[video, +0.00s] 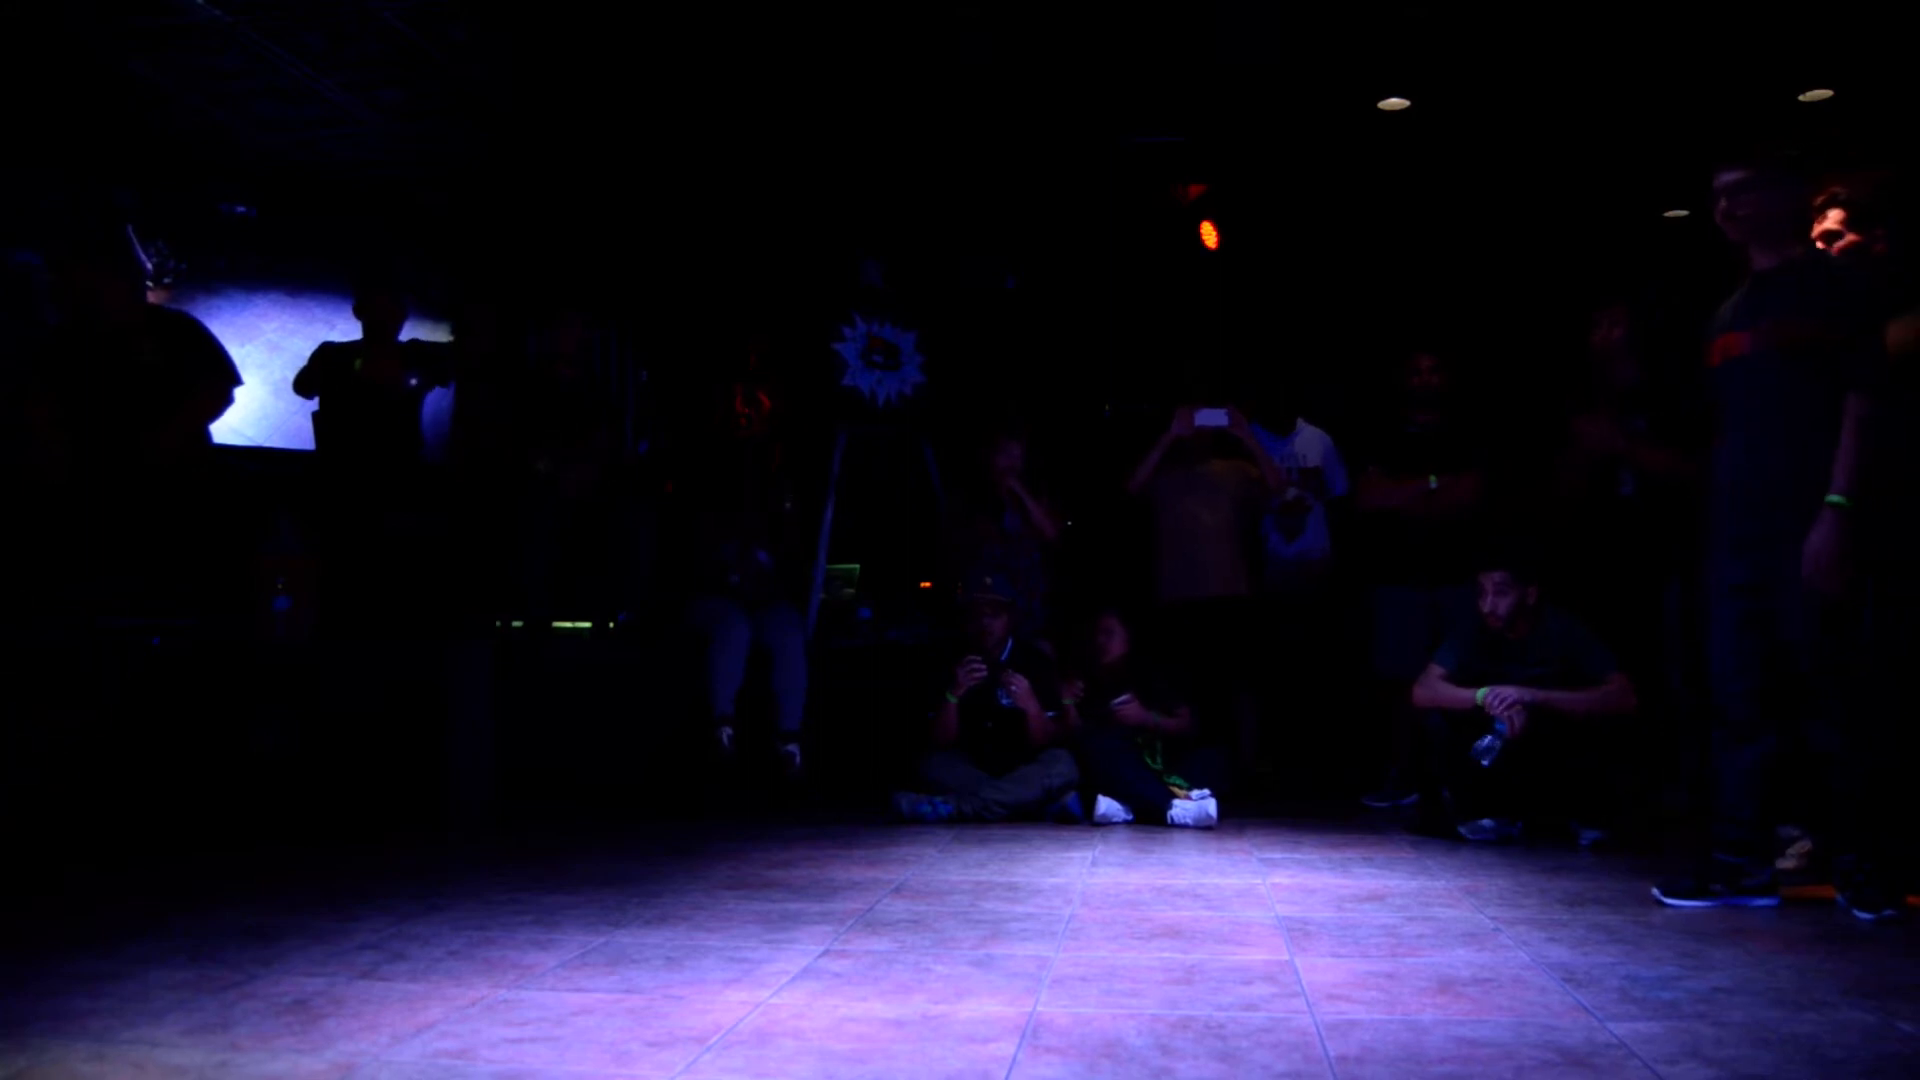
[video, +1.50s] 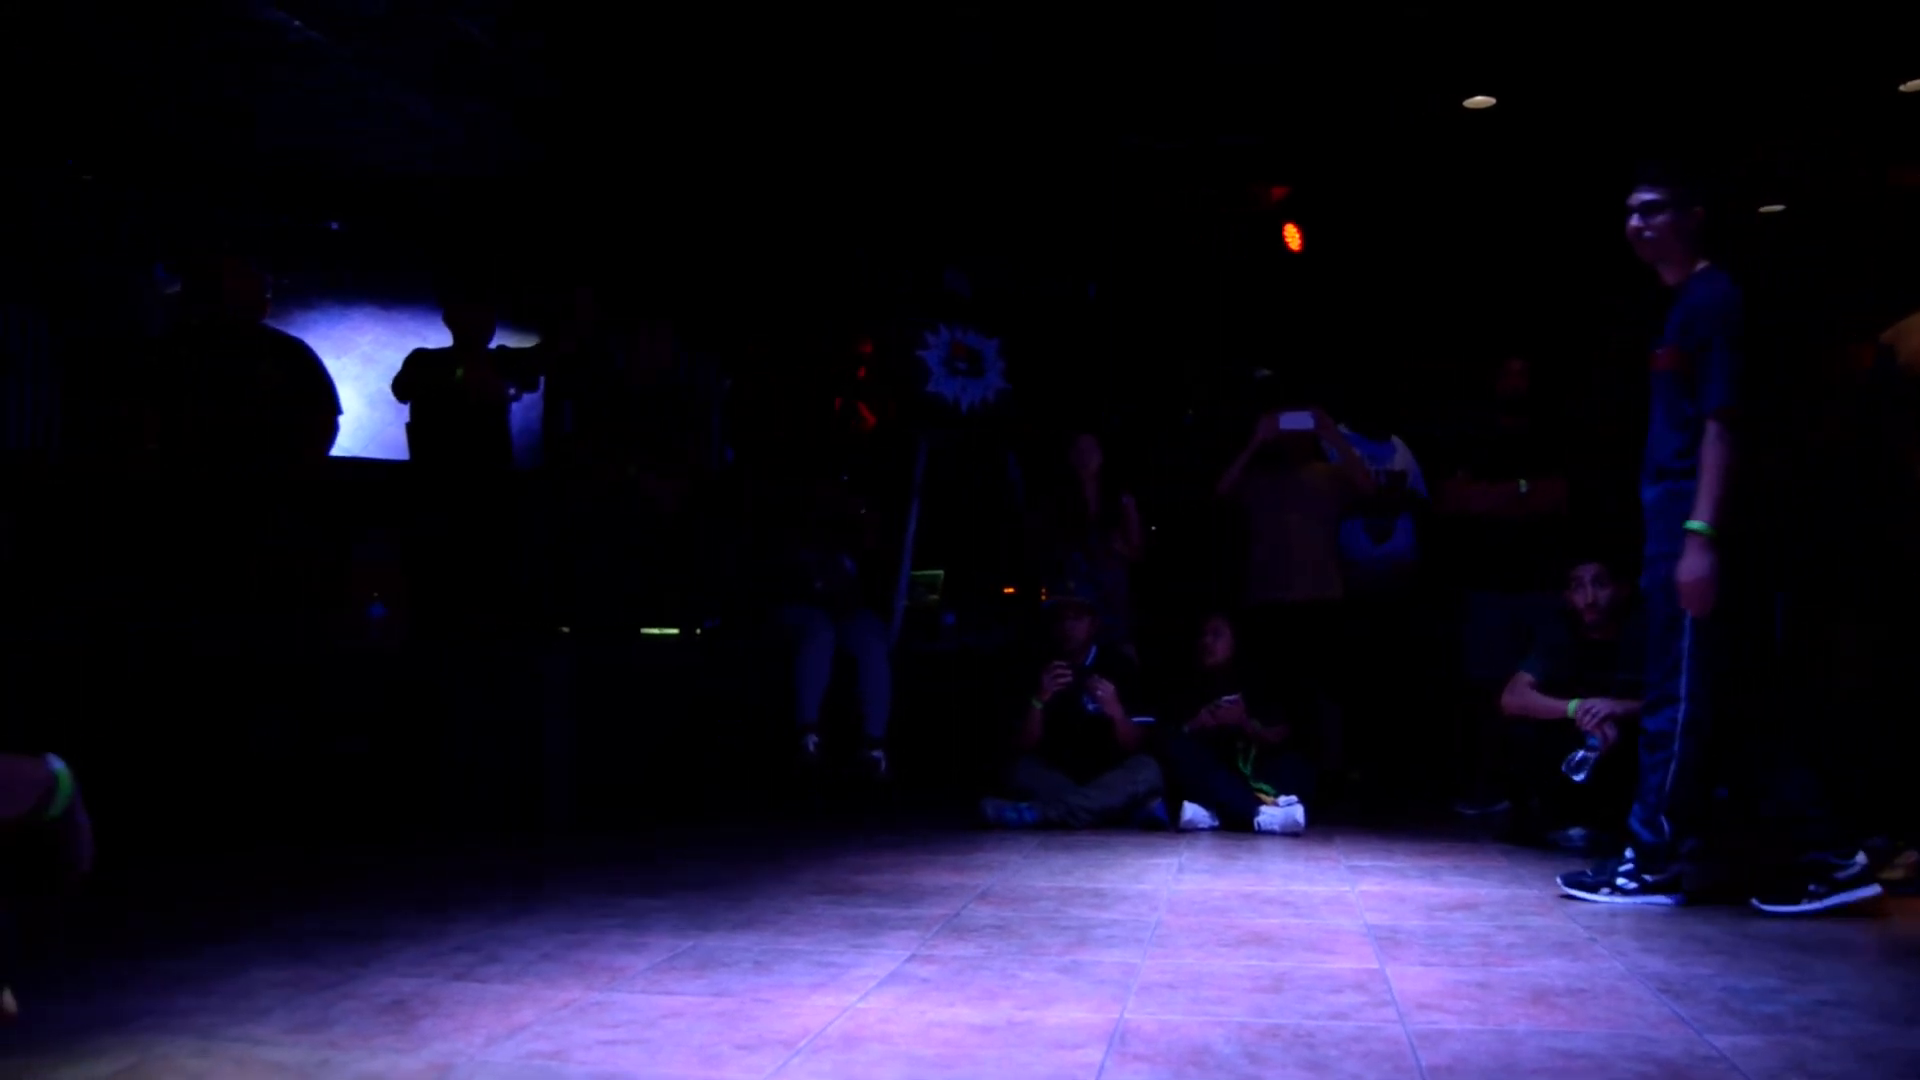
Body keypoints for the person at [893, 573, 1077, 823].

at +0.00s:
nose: (985, 624)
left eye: (994, 616)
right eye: (978, 616)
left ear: (1008, 619)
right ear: (967, 620)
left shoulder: (1030, 660)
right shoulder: (954, 659)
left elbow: (1046, 739)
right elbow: (942, 740)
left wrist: (1029, 704)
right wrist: (954, 694)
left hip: (1020, 755)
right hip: (969, 756)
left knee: (1062, 765)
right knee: (934, 766)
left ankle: (958, 808)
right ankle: (1039, 806)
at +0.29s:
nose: (977, 627)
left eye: (987, 618)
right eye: (971, 618)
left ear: (1004, 621)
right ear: (963, 622)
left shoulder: (1029, 662)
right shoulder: (951, 662)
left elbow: (1046, 740)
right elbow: (941, 742)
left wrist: (1027, 705)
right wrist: (952, 696)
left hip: (1019, 758)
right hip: (968, 759)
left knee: (1060, 768)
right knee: (933, 769)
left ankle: (956, 811)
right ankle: (1037, 809)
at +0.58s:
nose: (981, 628)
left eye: (991, 618)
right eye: (976, 619)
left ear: (1010, 623)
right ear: (968, 626)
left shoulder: (1035, 666)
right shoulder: (955, 667)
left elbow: (1052, 744)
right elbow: (945, 745)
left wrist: (1034, 712)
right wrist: (959, 700)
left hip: (1026, 763)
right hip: (974, 764)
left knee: (1066, 771)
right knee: (940, 773)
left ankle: (962, 814)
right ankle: (1042, 814)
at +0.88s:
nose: (1003, 628)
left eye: (1012, 619)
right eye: (997, 619)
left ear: (1032, 623)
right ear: (989, 626)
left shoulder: (1055, 665)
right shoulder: (977, 666)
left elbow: (1075, 744)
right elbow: (966, 743)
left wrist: (1055, 710)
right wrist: (980, 700)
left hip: (1047, 762)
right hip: (994, 764)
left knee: (1089, 771)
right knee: (959, 771)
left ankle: (985, 814)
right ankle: (1065, 813)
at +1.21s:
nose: (1039, 624)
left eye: (1048, 615)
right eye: (1032, 616)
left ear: (1064, 620)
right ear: (1023, 622)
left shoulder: (1086, 659)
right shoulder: (1010, 661)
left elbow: (1105, 740)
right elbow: (996, 740)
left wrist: (1085, 705)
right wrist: (1011, 696)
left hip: (1078, 756)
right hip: (1026, 757)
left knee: (1120, 766)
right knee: (992, 768)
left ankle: (1015, 810)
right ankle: (1096, 810)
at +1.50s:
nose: (1069, 628)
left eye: (1078, 619)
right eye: (1062, 619)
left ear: (1093, 624)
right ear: (1053, 626)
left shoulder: (1115, 664)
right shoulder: (1038, 664)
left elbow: (1134, 743)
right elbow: (1024, 744)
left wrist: (1114, 709)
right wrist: (1040, 699)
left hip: (1106, 761)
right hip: (1053, 762)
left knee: (1147, 770)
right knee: (1020, 771)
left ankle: (1042, 814)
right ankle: (1124, 813)